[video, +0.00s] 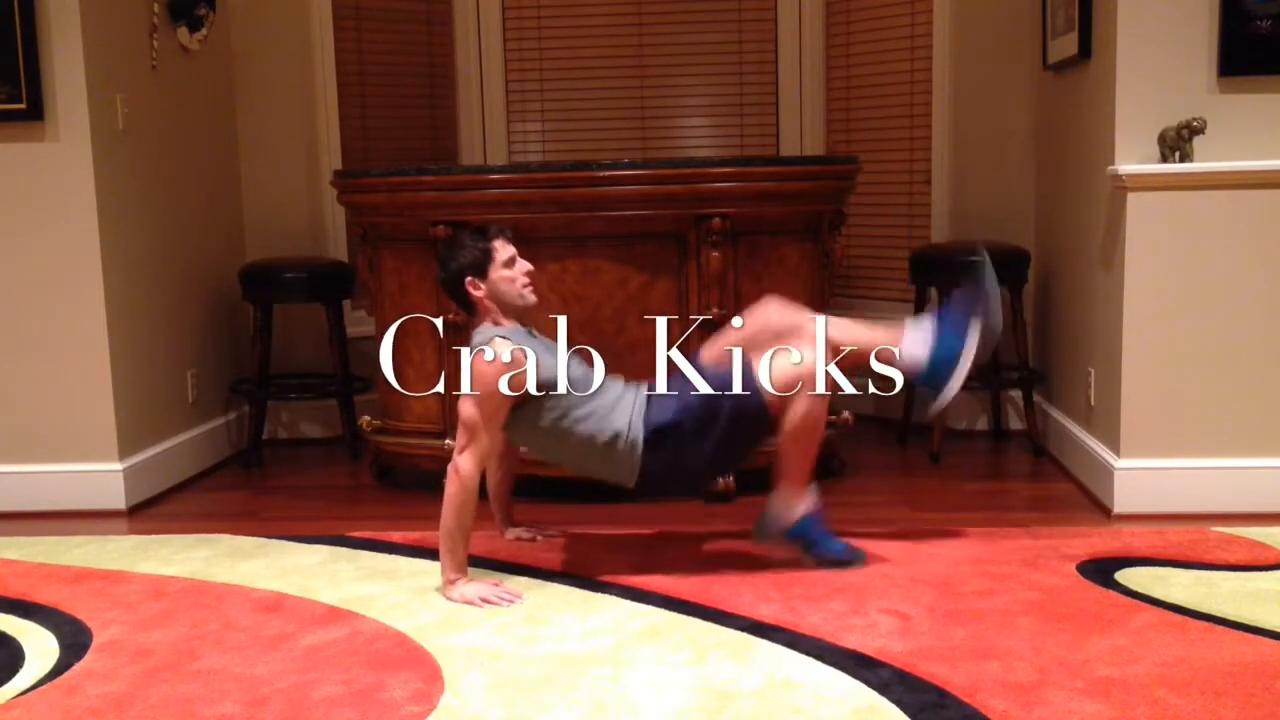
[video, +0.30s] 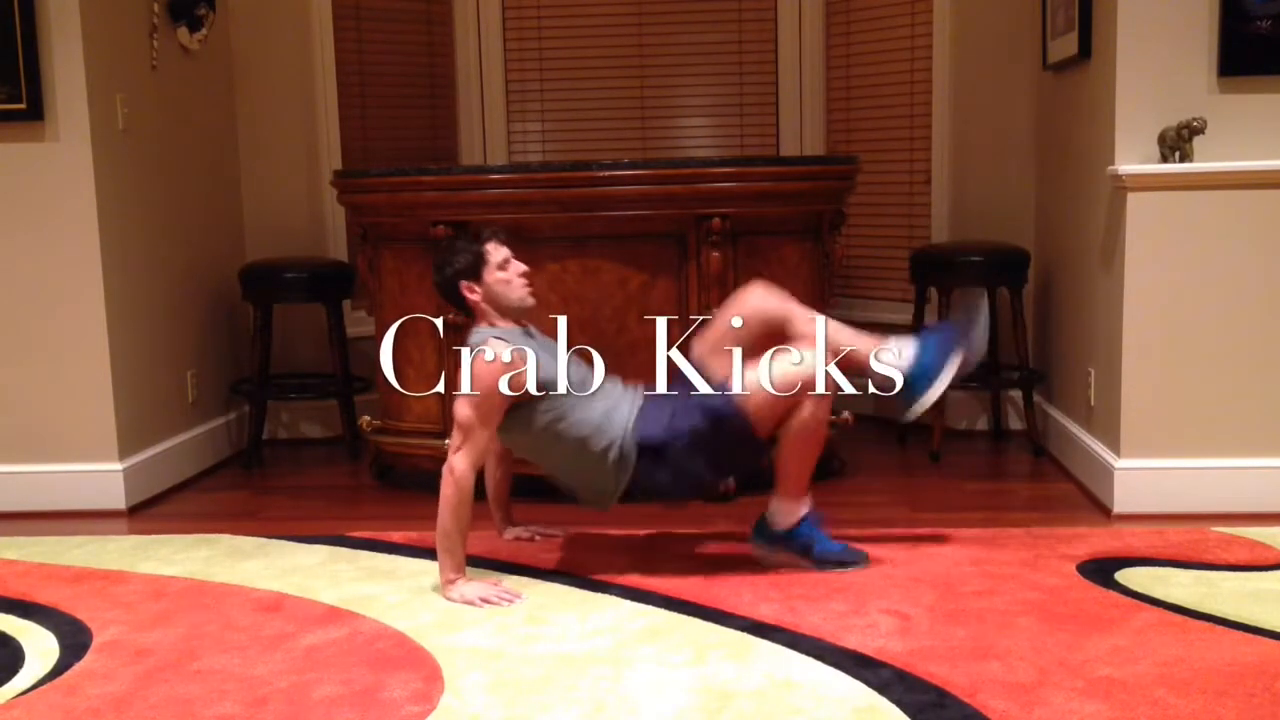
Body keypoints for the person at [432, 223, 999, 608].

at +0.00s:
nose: (526, 272)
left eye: (521, 262)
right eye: (511, 266)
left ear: (498, 282)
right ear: (478, 290)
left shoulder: (515, 340)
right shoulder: (492, 358)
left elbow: (498, 442)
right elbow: (463, 466)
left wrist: (501, 524)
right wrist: (452, 577)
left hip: (656, 407)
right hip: (651, 445)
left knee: (775, 313)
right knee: (806, 366)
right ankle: (789, 513)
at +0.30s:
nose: (523, 273)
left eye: (517, 264)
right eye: (507, 268)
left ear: (494, 286)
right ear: (475, 293)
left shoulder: (511, 342)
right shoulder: (490, 360)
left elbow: (494, 442)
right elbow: (458, 465)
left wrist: (500, 526)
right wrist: (451, 577)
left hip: (653, 412)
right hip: (648, 447)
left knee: (758, 303)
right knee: (811, 374)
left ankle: (896, 364)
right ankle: (785, 523)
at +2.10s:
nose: (517, 274)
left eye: (510, 267)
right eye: (501, 273)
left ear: (501, 293)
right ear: (476, 306)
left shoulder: (526, 341)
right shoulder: (498, 364)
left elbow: (498, 436)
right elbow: (458, 463)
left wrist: (501, 519)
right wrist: (447, 578)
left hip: (630, 471)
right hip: (616, 498)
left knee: (797, 389)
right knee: (740, 380)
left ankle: (896, 319)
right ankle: (756, 532)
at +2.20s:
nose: (512, 271)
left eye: (506, 262)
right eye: (496, 268)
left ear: (490, 285)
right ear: (465, 295)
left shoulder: (511, 337)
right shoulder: (487, 360)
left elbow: (492, 438)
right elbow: (454, 465)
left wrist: (502, 520)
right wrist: (450, 578)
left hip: (632, 453)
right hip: (623, 481)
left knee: (759, 356)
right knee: (759, 374)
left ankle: (901, 376)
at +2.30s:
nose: (501, 269)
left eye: (495, 260)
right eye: (484, 265)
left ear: (478, 280)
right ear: (451, 290)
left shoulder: (495, 335)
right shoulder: (472, 357)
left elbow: (489, 437)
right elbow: (449, 464)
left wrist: (499, 520)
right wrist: (449, 576)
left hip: (646, 408)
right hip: (639, 448)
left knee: (763, 312)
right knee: (795, 368)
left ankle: (865, 422)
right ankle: (771, 520)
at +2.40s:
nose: (494, 270)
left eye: (489, 261)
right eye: (478, 265)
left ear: (461, 285)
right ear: (446, 290)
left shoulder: (489, 337)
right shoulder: (468, 356)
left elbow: (491, 437)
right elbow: (450, 464)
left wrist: (502, 518)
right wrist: (450, 575)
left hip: (646, 395)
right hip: (646, 421)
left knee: (779, 324)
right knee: (775, 311)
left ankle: (794, 467)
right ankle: (861, 451)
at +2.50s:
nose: (499, 269)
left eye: (493, 260)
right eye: (483, 265)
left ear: (475, 283)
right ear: (451, 292)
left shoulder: (498, 340)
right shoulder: (472, 360)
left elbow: (489, 438)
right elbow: (448, 466)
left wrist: (499, 518)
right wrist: (449, 576)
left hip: (637, 423)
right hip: (630, 440)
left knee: (786, 354)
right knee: (763, 320)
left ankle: (754, 492)